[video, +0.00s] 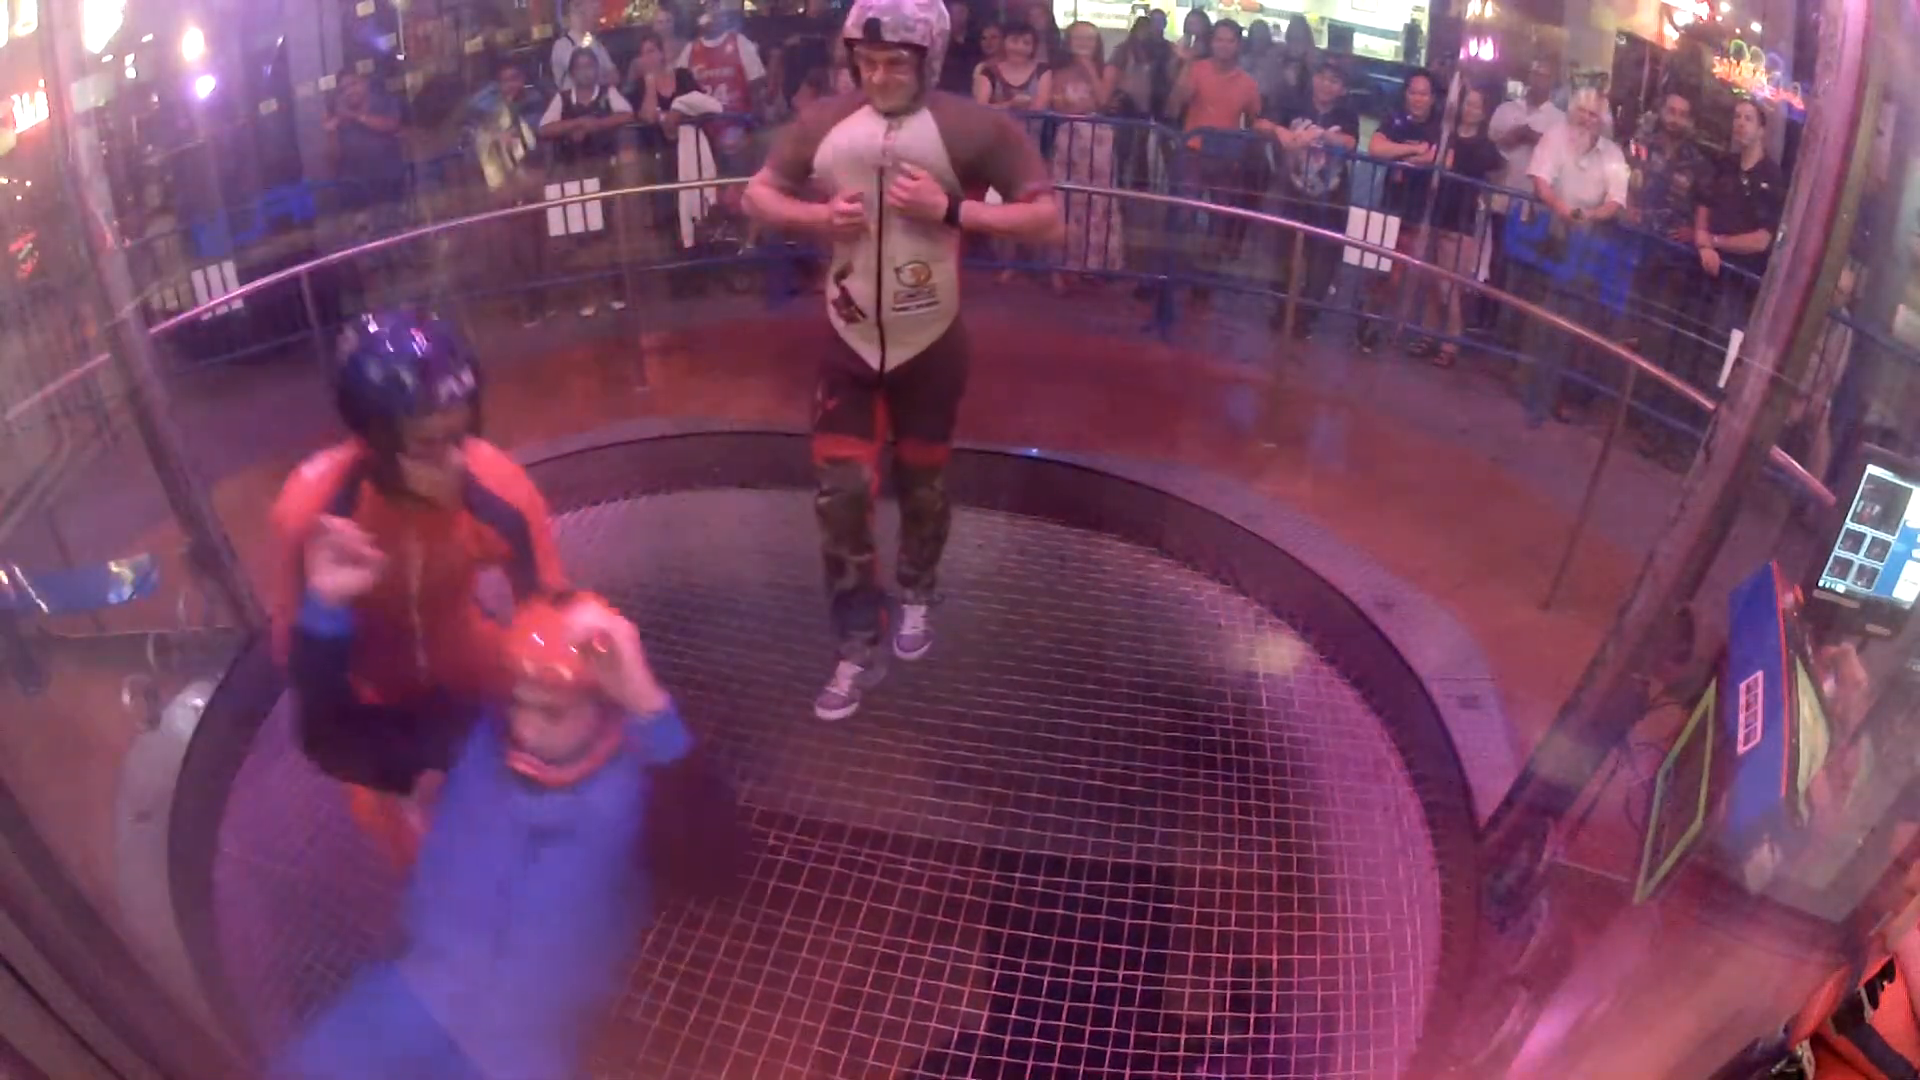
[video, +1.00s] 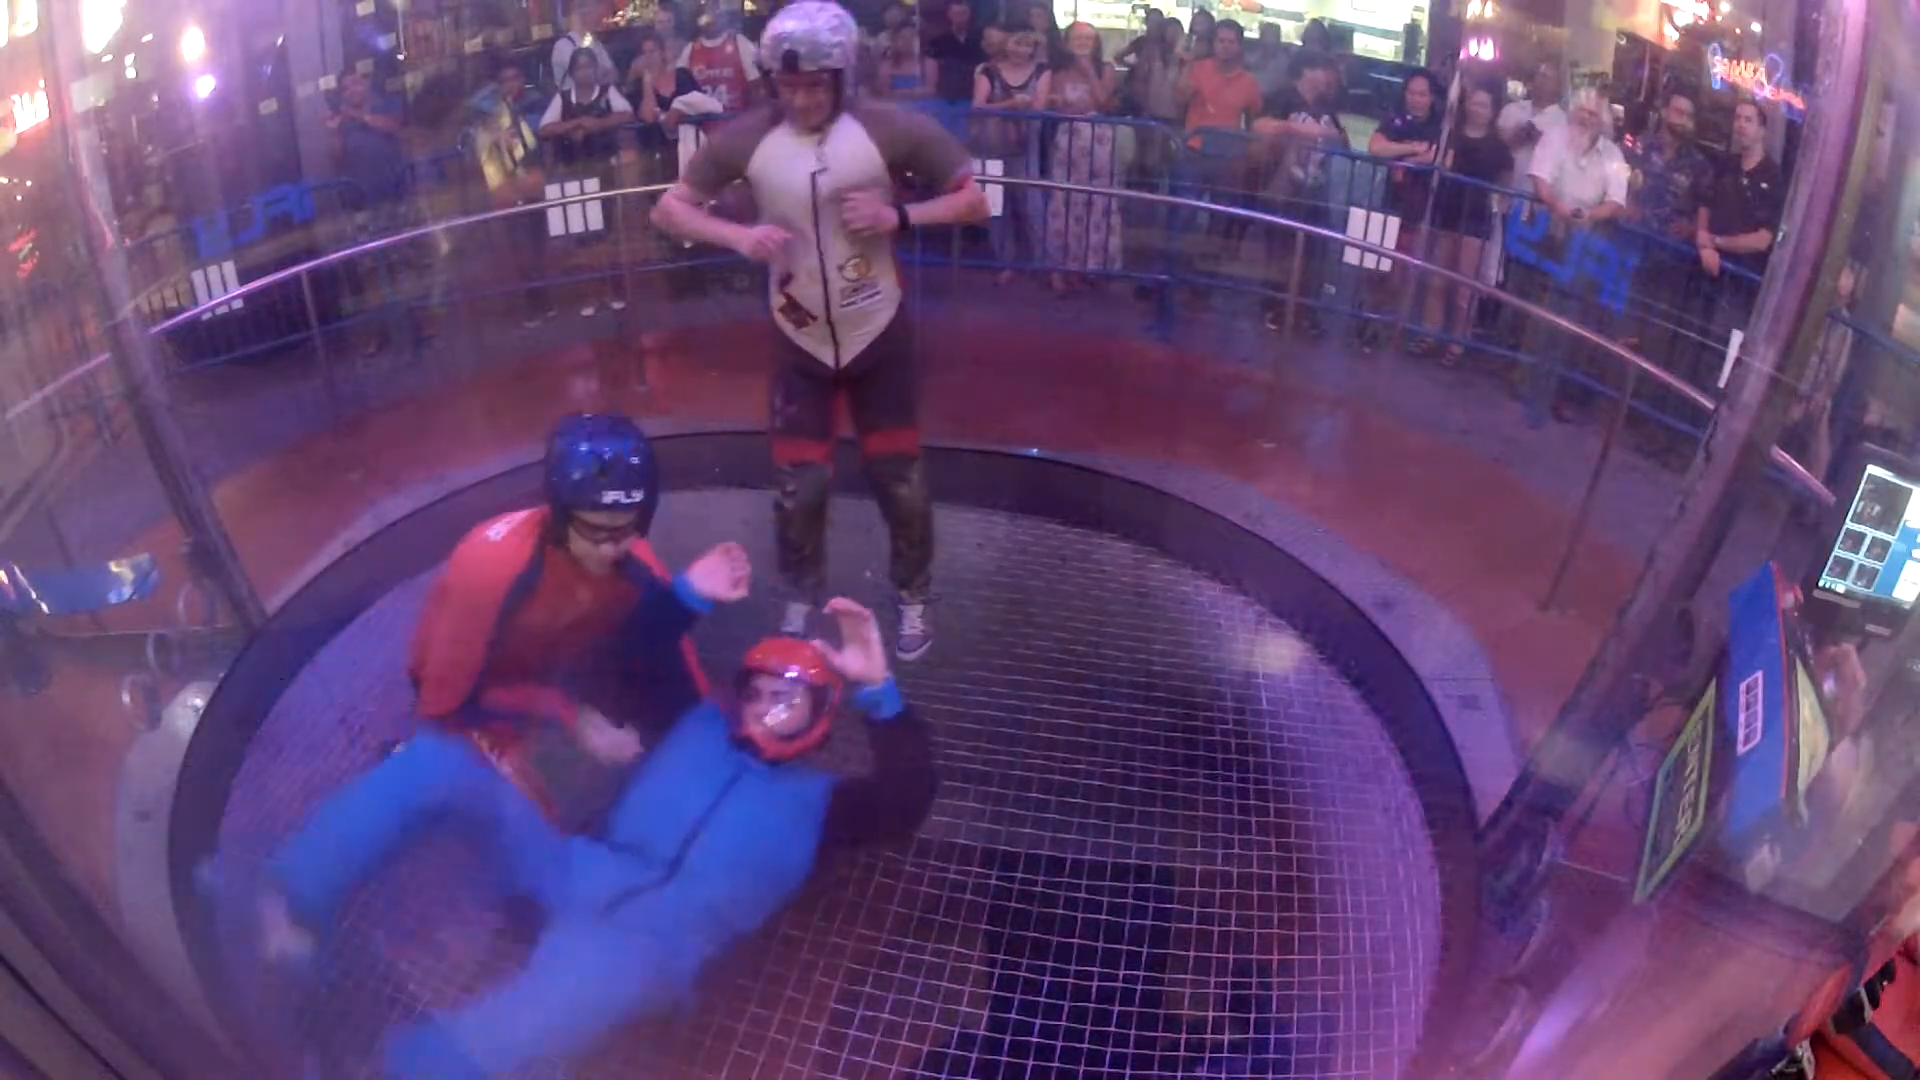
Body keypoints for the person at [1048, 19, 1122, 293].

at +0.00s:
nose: (1082, 45)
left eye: (1088, 39)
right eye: (1077, 39)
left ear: (1097, 43)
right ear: (1068, 41)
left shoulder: (1105, 70)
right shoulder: (1059, 73)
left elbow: (1102, 100)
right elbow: (1048, 104)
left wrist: (1089, 70)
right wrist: (1069, 106)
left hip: (1097, 136)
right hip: (1067, 134)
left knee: (1096, 199)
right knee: (1066, 197)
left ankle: (1093, 263)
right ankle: (1063, 264)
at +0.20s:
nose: (1082, 44)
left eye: (1088, 39)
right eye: (1076, 39)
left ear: (1097, 43)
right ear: (1068, 41)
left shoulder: (1106, 70)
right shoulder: (1059, 73)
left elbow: (1103, 100)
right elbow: (1047, 104)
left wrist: (1088, 70)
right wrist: (1068, 106)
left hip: (1097, 137)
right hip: (1067, 135)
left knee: (1096, 199)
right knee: (1066, 198)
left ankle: (1093, 263)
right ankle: (1064, 264)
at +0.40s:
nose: (1083, 44)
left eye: (1088, 39)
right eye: (1077, 39)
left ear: (1097, 43)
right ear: (1068, 43)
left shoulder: (1106, 69)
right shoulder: (1060, 72)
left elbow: (1103, 100)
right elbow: (1048, 104)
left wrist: (1089, 69)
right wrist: (1065, 105)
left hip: (1100, 138)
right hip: (1069, 135)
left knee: (1096, 200)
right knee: (1065, 196)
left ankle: (1090, 264)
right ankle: (1062, 265)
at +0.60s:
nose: (1082, 44)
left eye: (1088, 39)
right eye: (1077, 39)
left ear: (1096, 43)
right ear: (1068, 43)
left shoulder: (1106, 70)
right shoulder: (1060, 73)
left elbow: (1103, 100)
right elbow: (1049, 103)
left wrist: (1089, 70)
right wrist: (1068, 106)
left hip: (1098, 139)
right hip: (1068, 136)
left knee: (1095, 201)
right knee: (1065, 199)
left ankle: (1090, 264)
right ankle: (1062, 265)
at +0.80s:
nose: (1083, 44)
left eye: (1088, 39)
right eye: (1077, 39)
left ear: (1096, 43)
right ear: (1068, 43)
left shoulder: (1106, 70)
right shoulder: (1060, 73)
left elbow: (1103, 100)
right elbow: (1047, 103)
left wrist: (1089, 70)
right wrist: (1066, 106)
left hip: (1098, 139)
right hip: (1068, 137)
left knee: (1096, 200)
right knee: (1066, 199)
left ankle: (1092, 263)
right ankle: (1063, 264)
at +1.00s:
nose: (1082, 44)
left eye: (1088, 39)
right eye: (1076, 39)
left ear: (1096, 43)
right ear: (1067, 43)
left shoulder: (1105, 70)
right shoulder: (1060, 73)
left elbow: (1103, 101)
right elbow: (1048, 104)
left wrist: (1089, 71)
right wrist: (1065, 105)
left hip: (1098, 139)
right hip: (1068, 137)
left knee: (1095, 201)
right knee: (1065, 200)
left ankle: (1089, 265)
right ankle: (1061, 265)